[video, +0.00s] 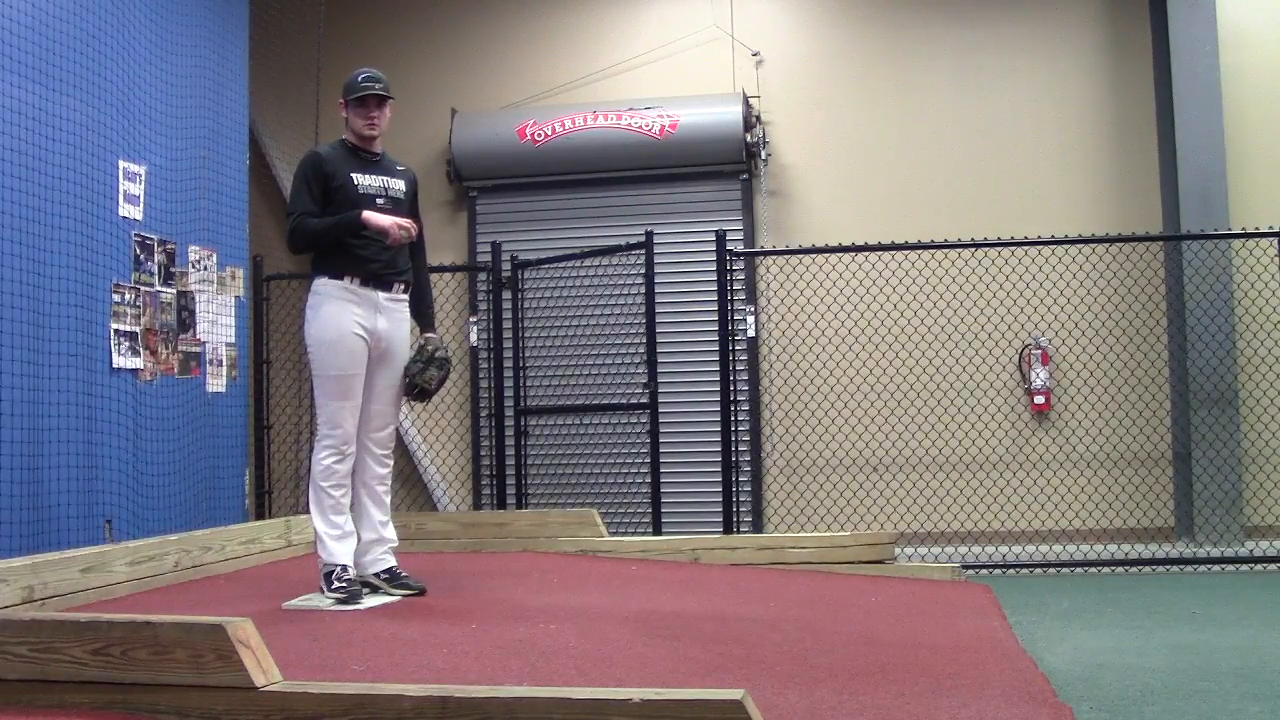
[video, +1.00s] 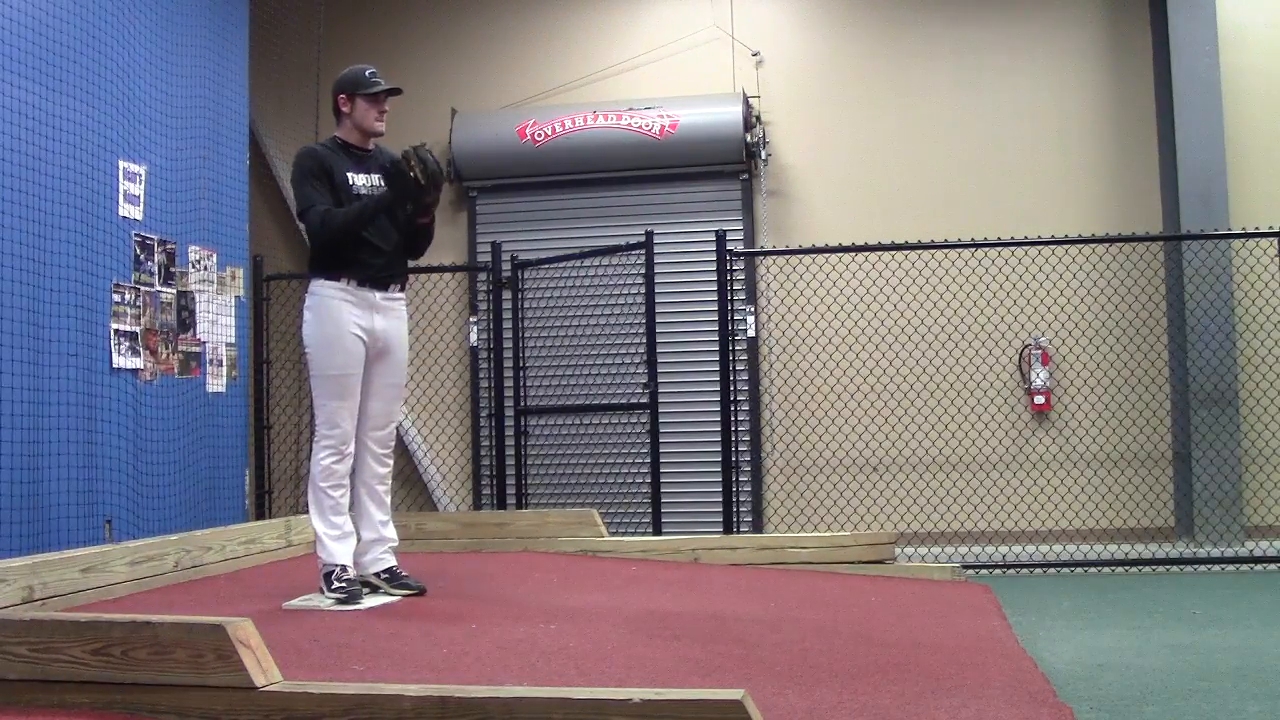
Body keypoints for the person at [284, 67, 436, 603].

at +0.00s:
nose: (373, 113)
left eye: (380, 104)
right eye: (363, 105)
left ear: (390, 111)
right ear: (344, 110)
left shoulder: (403, 176)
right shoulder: (320, 163)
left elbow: (417, 258)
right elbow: (298, 233)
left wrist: (425, 328)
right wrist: (364, 218)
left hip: (395, 310)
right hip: (338, 304)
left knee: (379, 441)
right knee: (338, 438)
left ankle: (377, 561)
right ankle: (336, 564)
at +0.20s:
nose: (373, 113)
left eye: (380, 104)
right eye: (363, 105)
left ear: (390, 111)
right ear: (344, 110)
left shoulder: (403, 176)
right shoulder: (320, 163)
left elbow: (417, 258)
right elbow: (297, 234)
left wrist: (426, 327)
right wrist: (363, 218)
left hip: (395, 310)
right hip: (338, 304)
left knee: (379, 441)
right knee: (338, 438)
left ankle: (377, 561)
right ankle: (336, 564)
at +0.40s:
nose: (379, 111)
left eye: (385, 103)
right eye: (369, 103)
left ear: (394, 110)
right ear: (346, 108)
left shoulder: (404, 176)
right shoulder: (320, 163)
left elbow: (414, 254)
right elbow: (295, 235)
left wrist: (428, 313)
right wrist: (364, 227)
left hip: (396, 309)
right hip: (338, 304)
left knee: (379, 440)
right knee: (338, 438)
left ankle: (376, 561)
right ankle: (336, 564)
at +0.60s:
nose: (391, 111)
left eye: (393, 103)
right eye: (381, 102)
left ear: (392, 110)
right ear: (352, 106)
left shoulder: (403, 172)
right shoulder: (319, 162)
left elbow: (415, 244)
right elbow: (301, 235)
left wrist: (421, 246)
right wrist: (376, 231)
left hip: (392, 308)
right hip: (337, 304)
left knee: (379, 439)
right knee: (338, 437)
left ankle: (376, 561)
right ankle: (336, 565)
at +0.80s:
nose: (388, 108)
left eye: (390, 100)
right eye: (377, 100)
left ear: (389, 108)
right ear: (348, 105)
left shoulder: (402, 171)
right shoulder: (317, 161)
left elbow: (414, 249)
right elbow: (314, 237)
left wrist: (419, 227)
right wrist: (386, 216)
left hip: (391, 310)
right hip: (337, 305)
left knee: (380, 442)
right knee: (337, 440)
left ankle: (377, 561)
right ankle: (336, 563)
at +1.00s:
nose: (384, 107)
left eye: (386, 100)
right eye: (374, 100)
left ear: (384, 107)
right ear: (345, 104)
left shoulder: (395, 168)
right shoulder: (315, 159)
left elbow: (414, 248)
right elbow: (322, 228)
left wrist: (426, 203)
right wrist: (388, 194)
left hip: (391, 310)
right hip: (336, 306)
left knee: (379, 442)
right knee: (336, 440)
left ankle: (377, 561)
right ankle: (335, 564)